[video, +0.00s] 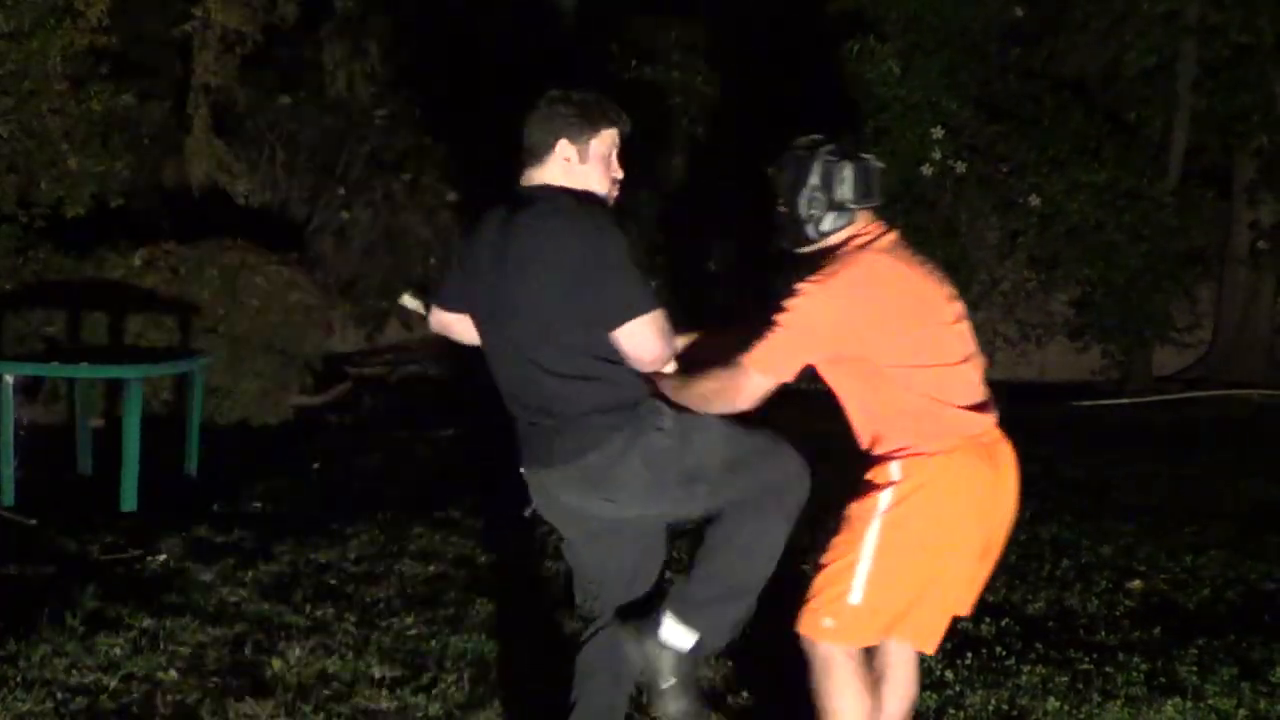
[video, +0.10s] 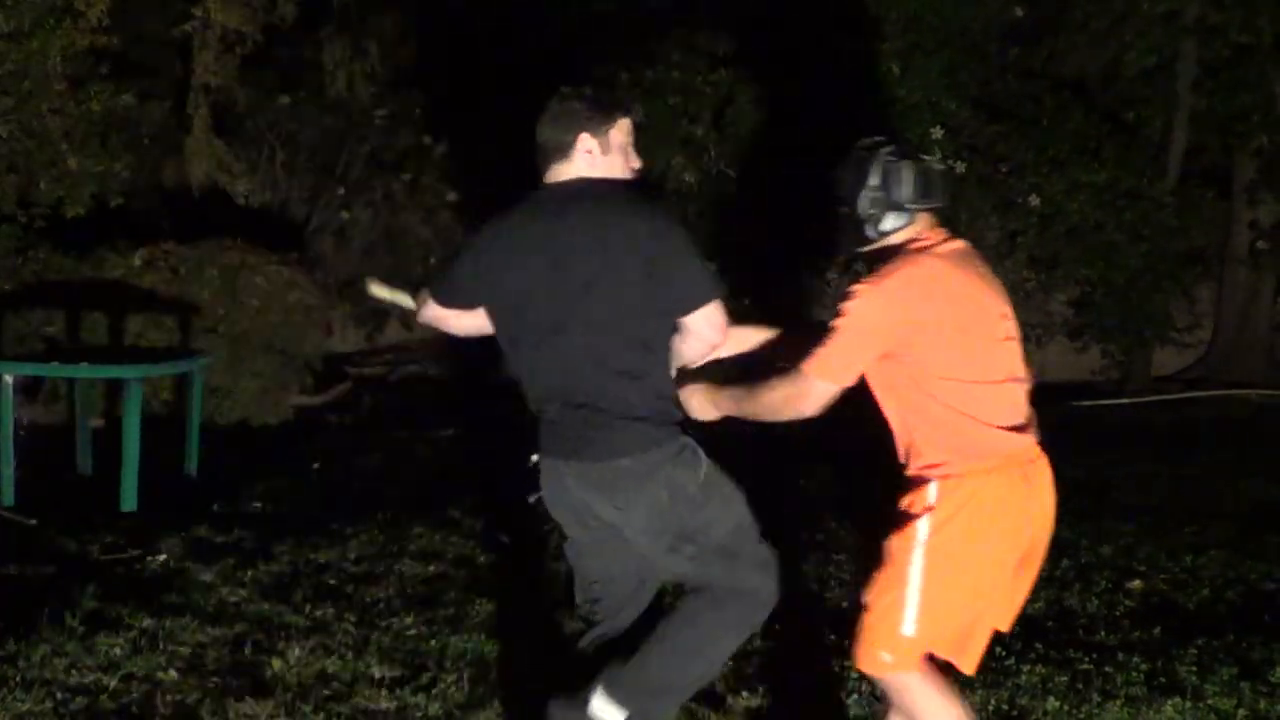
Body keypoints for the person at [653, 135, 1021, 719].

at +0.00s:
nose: (781, 214)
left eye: (788, 202)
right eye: (785, 200)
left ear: (808, 210)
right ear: (861, 203)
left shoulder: (830, 293)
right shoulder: (904, 264)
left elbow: (739, 389)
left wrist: (667, 385)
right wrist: (699, 350)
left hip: (920, 474)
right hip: (986, 464)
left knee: (829, 633)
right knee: (901, 639)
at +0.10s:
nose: (849, 219)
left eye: (854, 206)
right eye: (854, 205)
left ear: (865, 213)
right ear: (926, 203)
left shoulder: (887, 294)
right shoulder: (961, 265)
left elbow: (807, 395)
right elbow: (844, 345)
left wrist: (721, 400)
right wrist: (758, 340)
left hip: (963, 494)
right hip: (1018, 485)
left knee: (890, 657)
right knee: (917, 660)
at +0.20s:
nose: (937, 221)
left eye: (944, 210)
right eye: (940, 209)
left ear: (948, 216)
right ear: (1002, 212)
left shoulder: (956, 294)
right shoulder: (1038, 279)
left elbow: (882, 406)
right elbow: (963, 362)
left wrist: (819, 404)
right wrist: (860, 326)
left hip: (997, 505)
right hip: (1047, 495)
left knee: (975, 683)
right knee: (934, 666)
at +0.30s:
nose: (1013, 234)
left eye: (1016, 223)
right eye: (1016, 222)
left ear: (1016, 229)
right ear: (1077, 224)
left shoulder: (1040, 305)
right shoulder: (1101, 294)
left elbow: (957, 420)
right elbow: (1028, 373)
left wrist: (914, 405)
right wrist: (953, 320)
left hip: (1056, 515)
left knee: (1042, 692)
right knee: (967, 655)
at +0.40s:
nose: (1065, 236)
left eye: (1073, 225)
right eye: (1066, 223)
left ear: (1099, 233)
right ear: (1133, 229)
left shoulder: (1125, 312)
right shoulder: (1138, 303)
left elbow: (1039, 426)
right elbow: (1033, 383)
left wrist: (1003, 407)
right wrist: (1010, 302)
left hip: (1116, 514)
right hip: (1080, 510)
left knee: (1073, 693)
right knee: (992, 628)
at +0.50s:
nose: (1141, 219)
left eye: (1157, 210)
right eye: (1145, 206)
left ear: (1194, 227)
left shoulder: (1215, 311)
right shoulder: (1148, 289)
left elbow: (1120, 416)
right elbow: (1071, 364)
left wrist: (1080, 390)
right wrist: (1080, 285)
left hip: (1163, 508)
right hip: (1108, 502)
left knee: (1096, 685)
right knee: (1023, 616)